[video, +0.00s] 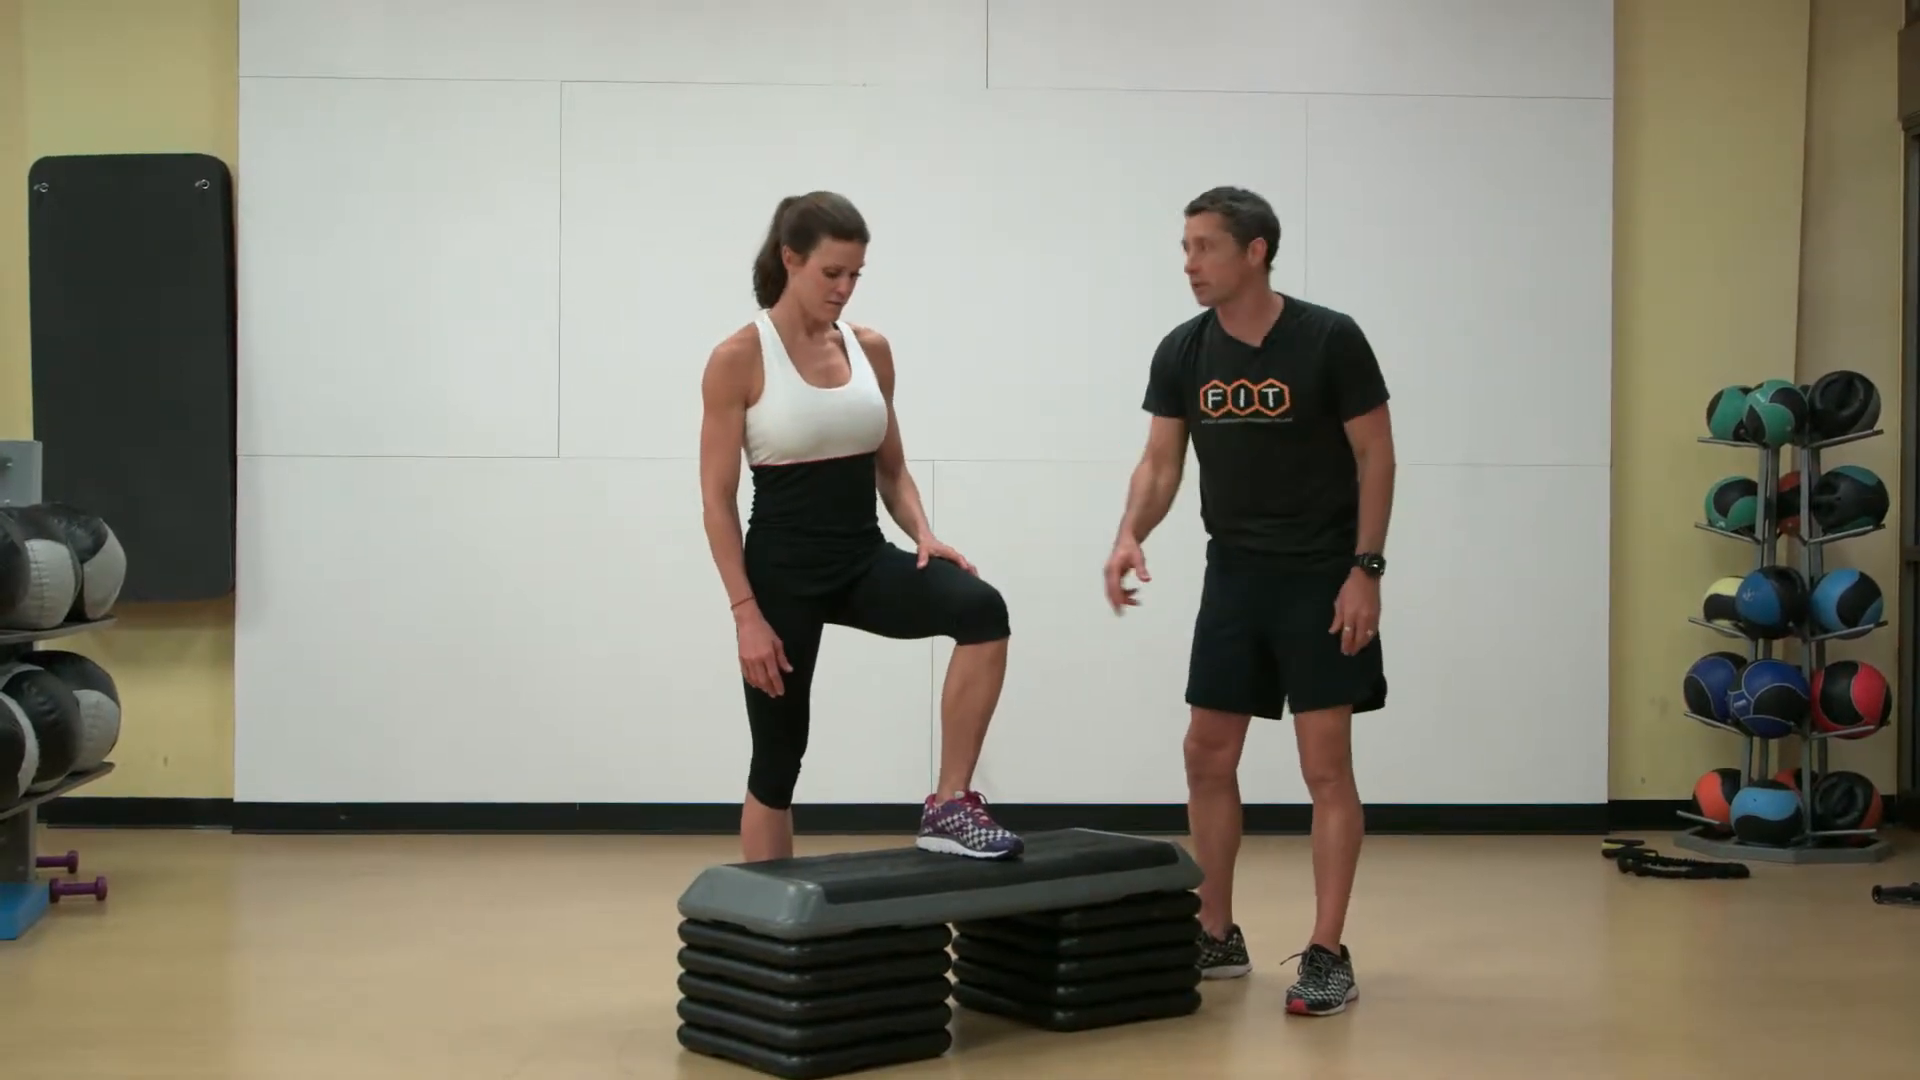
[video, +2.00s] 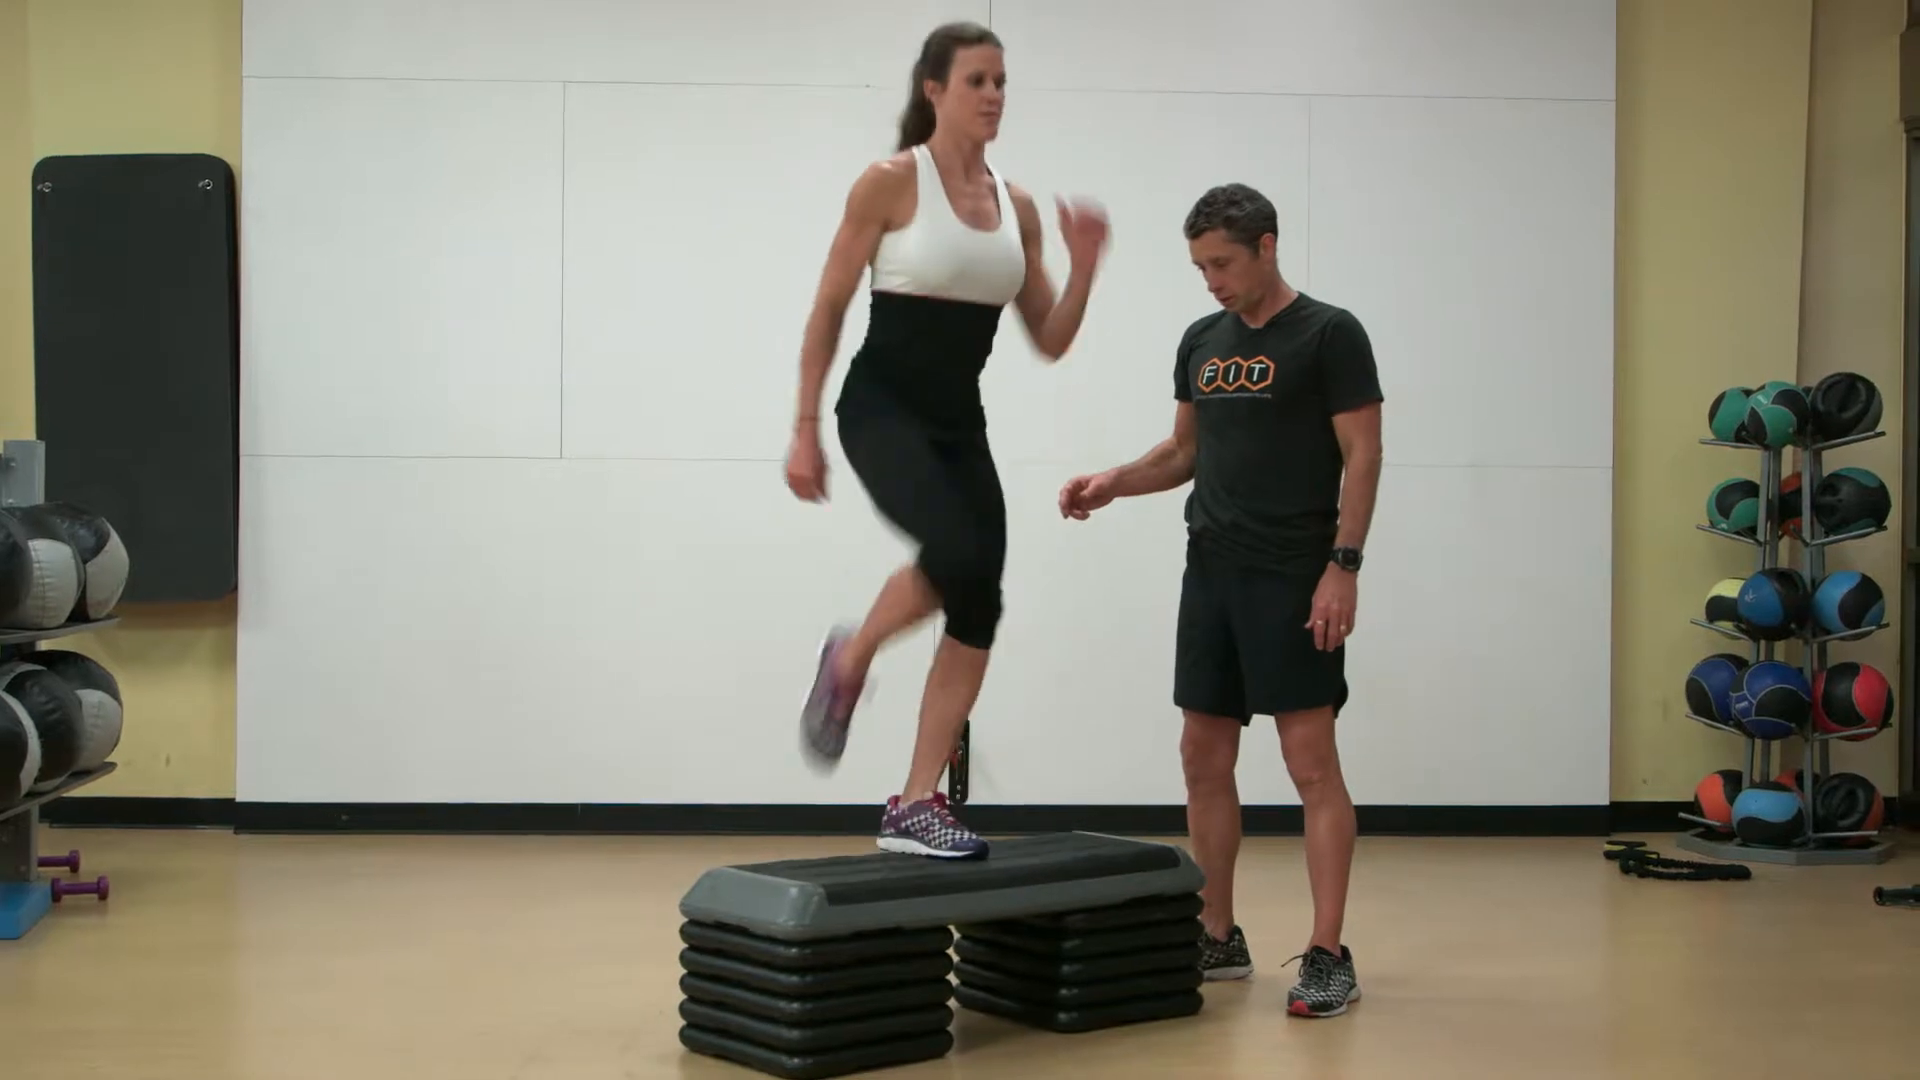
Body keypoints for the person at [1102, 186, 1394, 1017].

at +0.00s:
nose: (1188, 263)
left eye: (1203, 248)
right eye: (1185, 248)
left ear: (1255, 252)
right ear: (1195, 255)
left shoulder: (1330, 340)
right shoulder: (1183, 351)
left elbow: (1376, 456)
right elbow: (1158, 462)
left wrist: (1366, 567)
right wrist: (1129, 533)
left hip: (1321, 577)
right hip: (1231, 575)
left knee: (1326, 768)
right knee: (1207, 752)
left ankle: (1327, 949)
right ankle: (1214, 932)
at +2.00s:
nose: (1212, 279)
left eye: (1223, 262)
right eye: (1202, 266)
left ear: (1267, 248)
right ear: (1198, 263)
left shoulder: (1331, 335)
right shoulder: (1201, 341)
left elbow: (1362, 455)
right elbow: (1183, 452)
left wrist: (1343, 567)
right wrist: (1113, 481)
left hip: (1295, 577)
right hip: (1212, 575)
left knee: (1311, 763)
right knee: (1203, 756)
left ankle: (1327, 951)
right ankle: (1216, 936)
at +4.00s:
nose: (1218, 335)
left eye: (1230, 319)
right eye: (1209, 321)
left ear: (1277, 305)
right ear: (1205, 316)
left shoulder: (1342, 388)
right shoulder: (1204, 389)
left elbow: (1377, 508)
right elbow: (1185, 491)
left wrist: (1359, 616)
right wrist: (1152, 548)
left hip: (1308, 629)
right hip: (1221, 625)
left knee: (1323, 814)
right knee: (1210, 802)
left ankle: (1336, 1000)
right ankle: (1224, 983)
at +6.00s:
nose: (1235, 328)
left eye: (1248, 312)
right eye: (1225, 313)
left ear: (1293, 299)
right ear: (1222, 309)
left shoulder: (1367, 379)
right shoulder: (1216, 390)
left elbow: (1410, 498)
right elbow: (1188, 497)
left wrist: (1410, 608)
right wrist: (1149, 568)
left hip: (1344, 622)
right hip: (1251, 622)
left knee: (1347, 808)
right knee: (1228, 800)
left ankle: (1346, 995)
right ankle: (1233, 979)